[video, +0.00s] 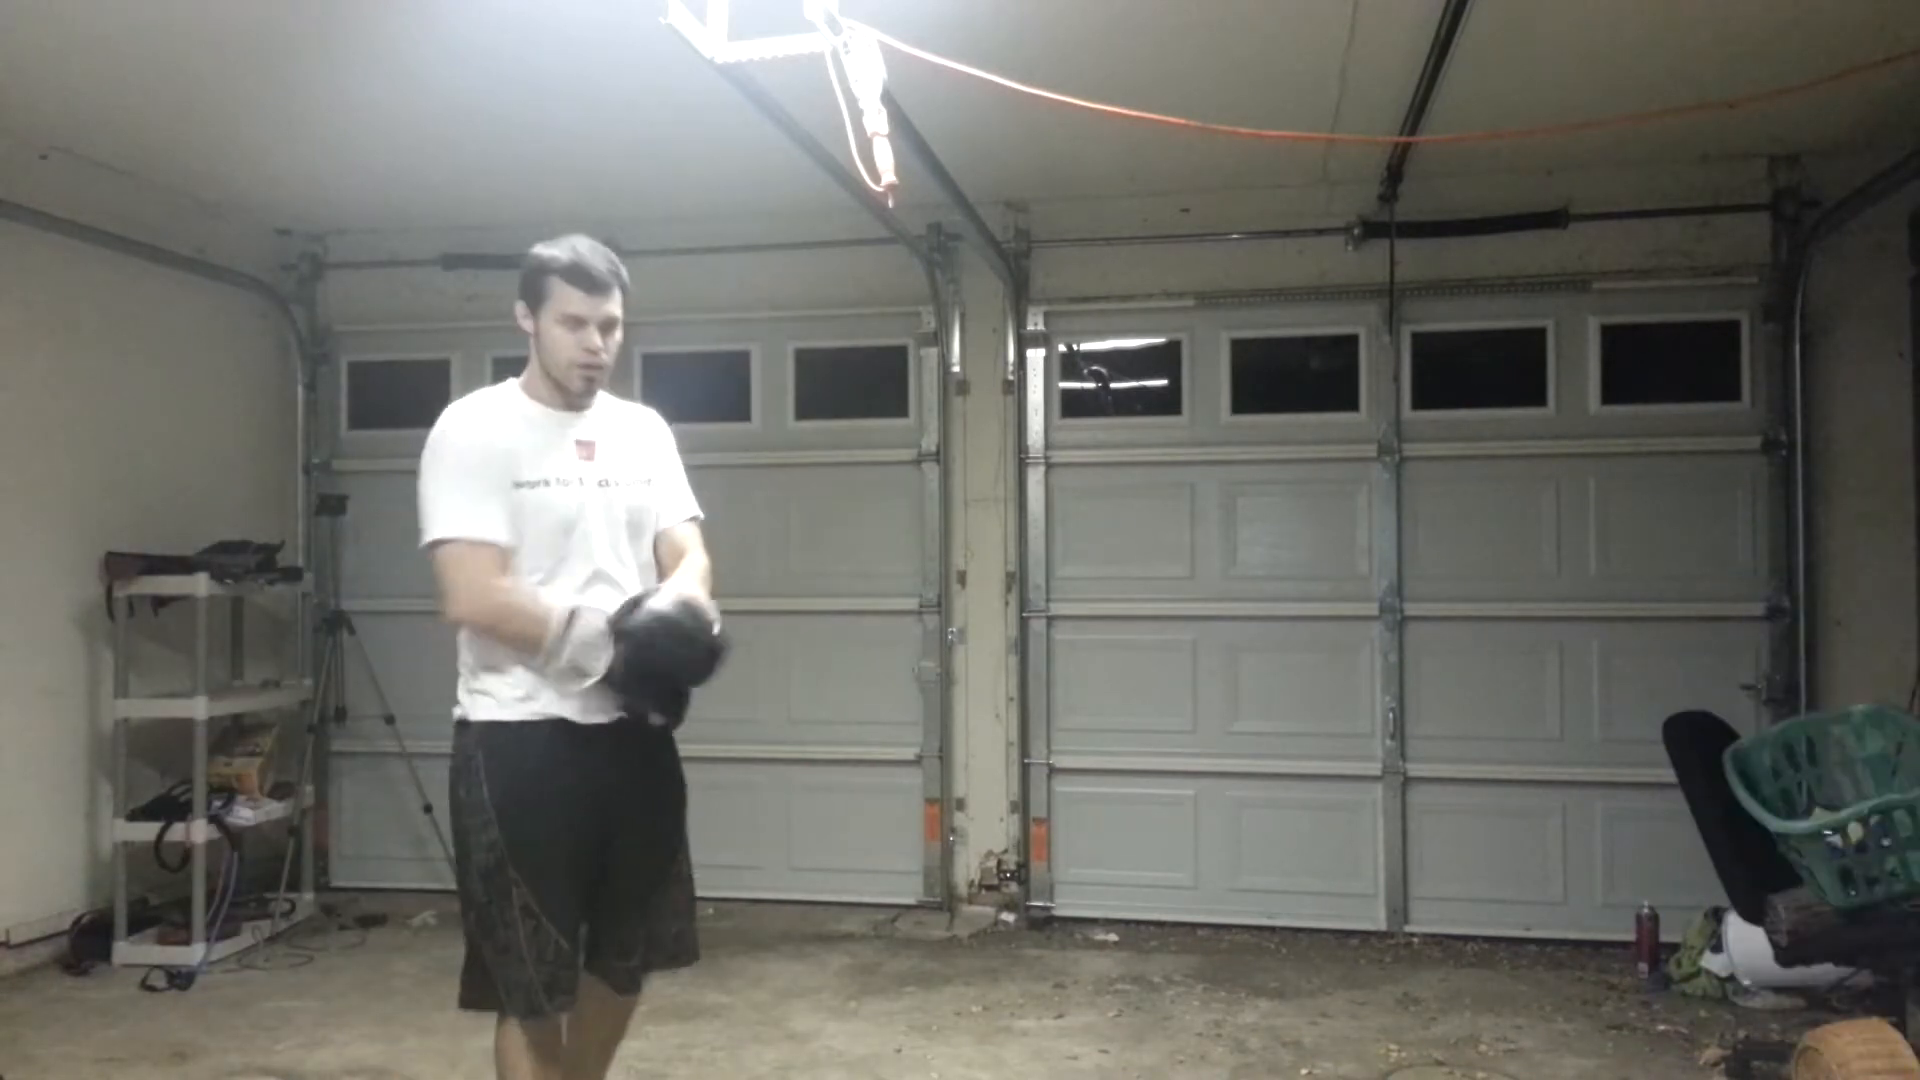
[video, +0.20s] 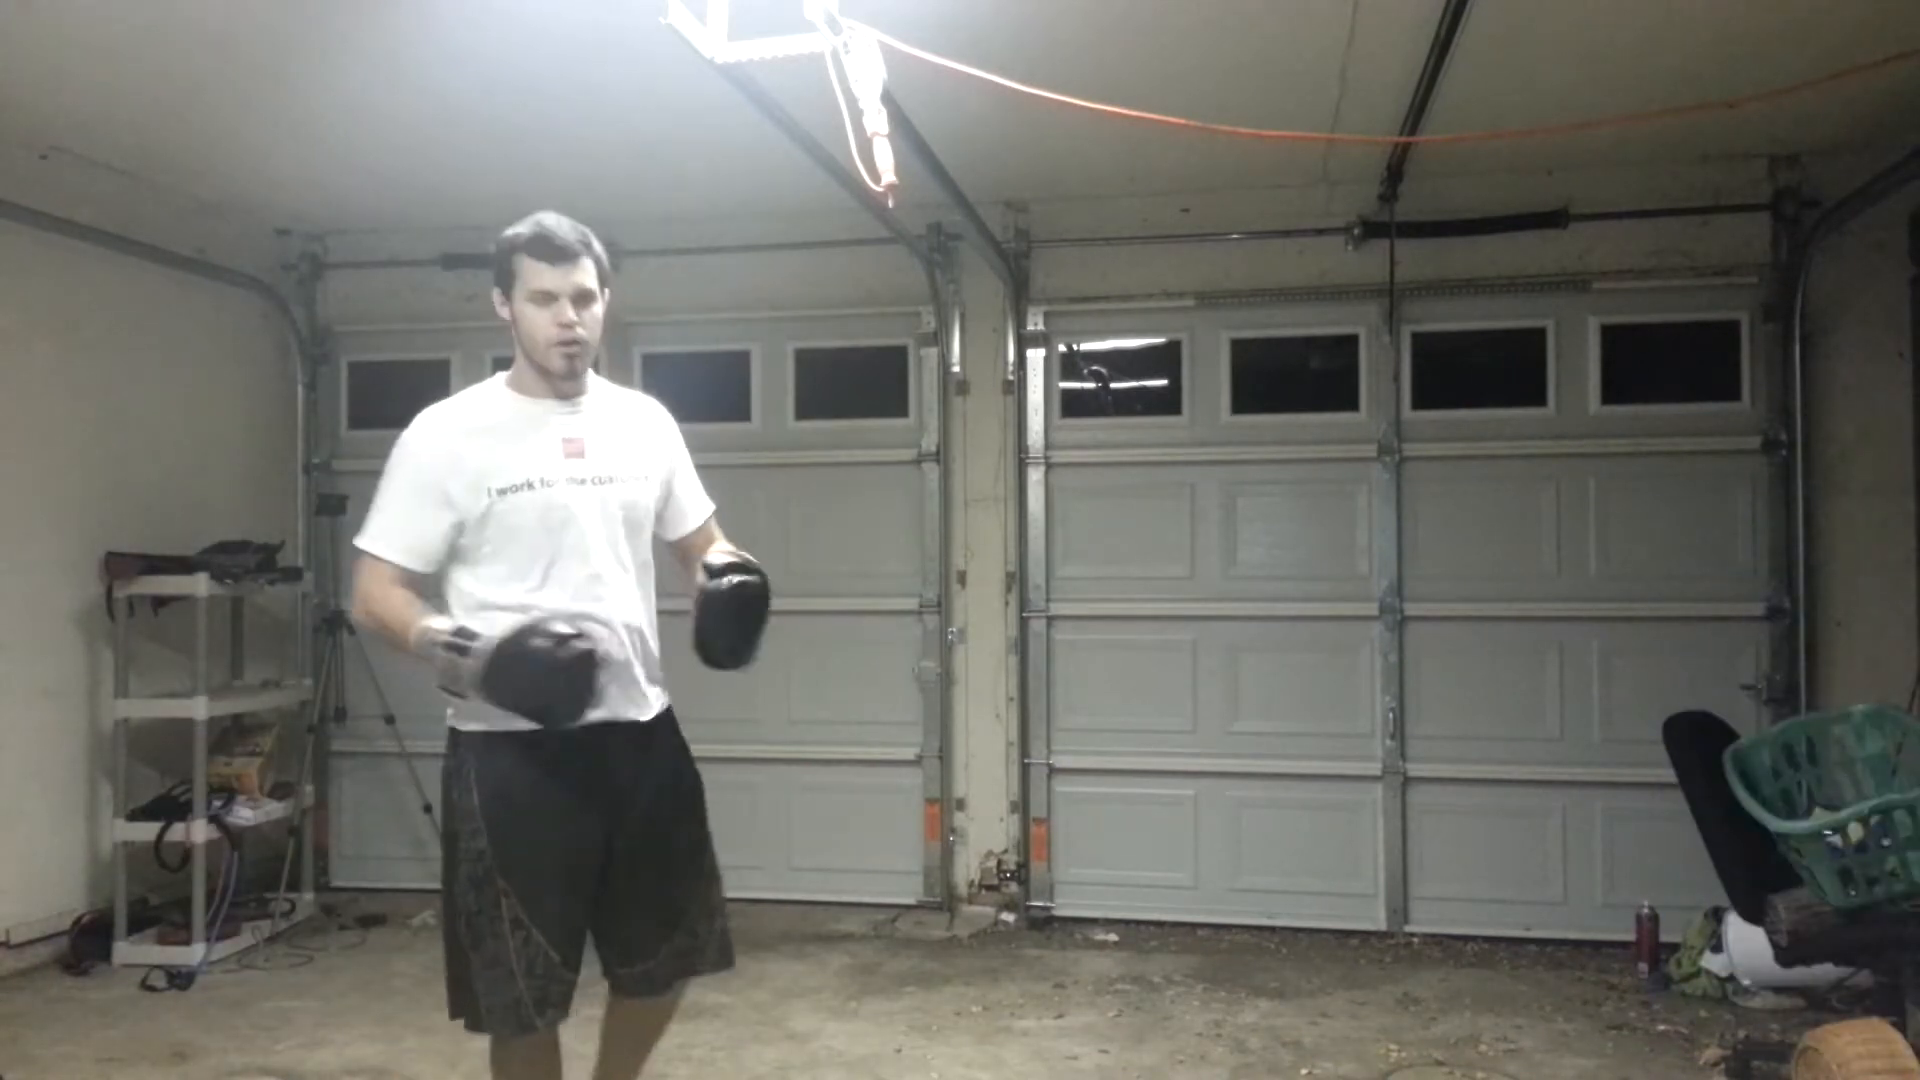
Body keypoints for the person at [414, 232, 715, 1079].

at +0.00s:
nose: (599, 346)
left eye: (611, 327)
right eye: (579, 325)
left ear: (625, 327)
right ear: (527, 322)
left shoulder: (642, 428)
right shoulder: (471, 428)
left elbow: (686, 555)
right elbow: (470, 597)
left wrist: (674, 625)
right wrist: (606, 644)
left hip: (633, 736)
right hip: (519, 742)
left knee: (622, 964)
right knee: (536, 985)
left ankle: (576, 1078)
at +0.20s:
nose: (569, 319)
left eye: (584, 299)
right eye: (547, 301)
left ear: (605, 305)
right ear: (506, 311)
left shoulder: (643, 422)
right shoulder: (446, 433)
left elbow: (703, 545)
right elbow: (372, 588)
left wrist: (732, 583)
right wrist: (470, 656)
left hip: (637, 741)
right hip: (509, 750)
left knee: (660, 965)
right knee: (524, 1004)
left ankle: (612, 1077)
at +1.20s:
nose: (675, 273)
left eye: (692, 260)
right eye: (652, 252)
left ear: (705, 287)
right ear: (599, 267)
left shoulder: (738, 431)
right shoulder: (503, 396)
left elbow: (780, 603)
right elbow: (410, 565)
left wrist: (727, 575)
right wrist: (518, 560)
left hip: (676, 772)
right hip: (515, 763)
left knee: (673, 1048)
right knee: (462, 1047)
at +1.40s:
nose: (637, 301)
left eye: (655, 282)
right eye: (615, 277)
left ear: (671, 287)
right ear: (555, 275)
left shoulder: (683, 406)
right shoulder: (464, 394)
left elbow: (749, 579)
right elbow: (441, 559)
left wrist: (735, 444)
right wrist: (512, 411)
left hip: (652, 771)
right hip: (495, 769)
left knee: (668, 1052)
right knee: (460, 1055)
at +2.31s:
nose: (609, 332)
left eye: (621, 308)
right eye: (586, 306)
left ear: (634, 300)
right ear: (508, 289)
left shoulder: (652, 408)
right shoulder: (405, 395)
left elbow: (777, 512)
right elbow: (420, 579)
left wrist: (842, 496)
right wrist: (503, 427)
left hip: (615, 794)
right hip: (444, 797)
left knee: (653, 1064)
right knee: (431, 1064)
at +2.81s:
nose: (554, 303)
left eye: (560, 279)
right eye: (527, 274)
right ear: (442, 262)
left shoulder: (563, 396)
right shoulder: (312, 385)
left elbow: (731, 464)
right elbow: (359, 558)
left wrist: (898, 466)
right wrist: (459, 399)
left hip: (543, 808)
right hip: (360, 811)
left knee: (596, 1064)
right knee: (341, 1067)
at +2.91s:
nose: (541, 288)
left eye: (545, 265)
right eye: (517, 260)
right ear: (430, 251)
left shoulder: (542, 371)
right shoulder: (303, 380)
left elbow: (683, 495)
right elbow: (350, 576)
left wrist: (841, 531)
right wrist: (496, 459)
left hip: (540, 803)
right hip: (363, 816)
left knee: (582, 1064)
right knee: (357, 1063)